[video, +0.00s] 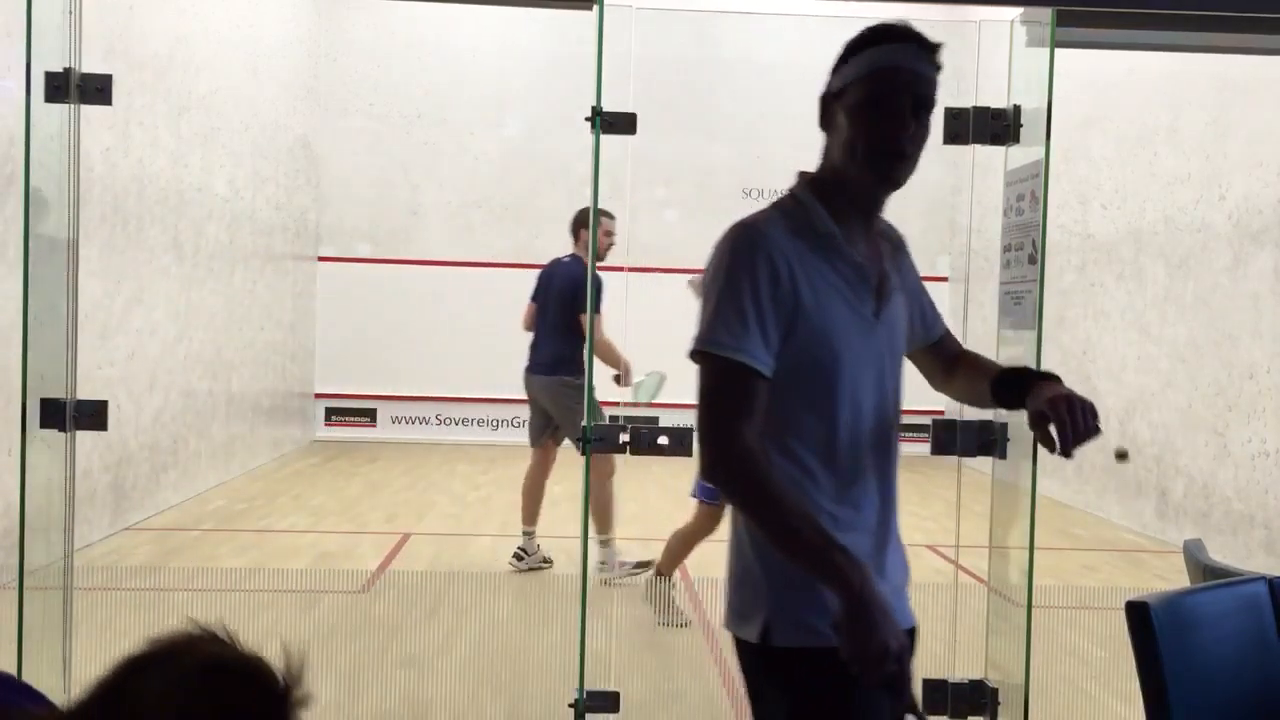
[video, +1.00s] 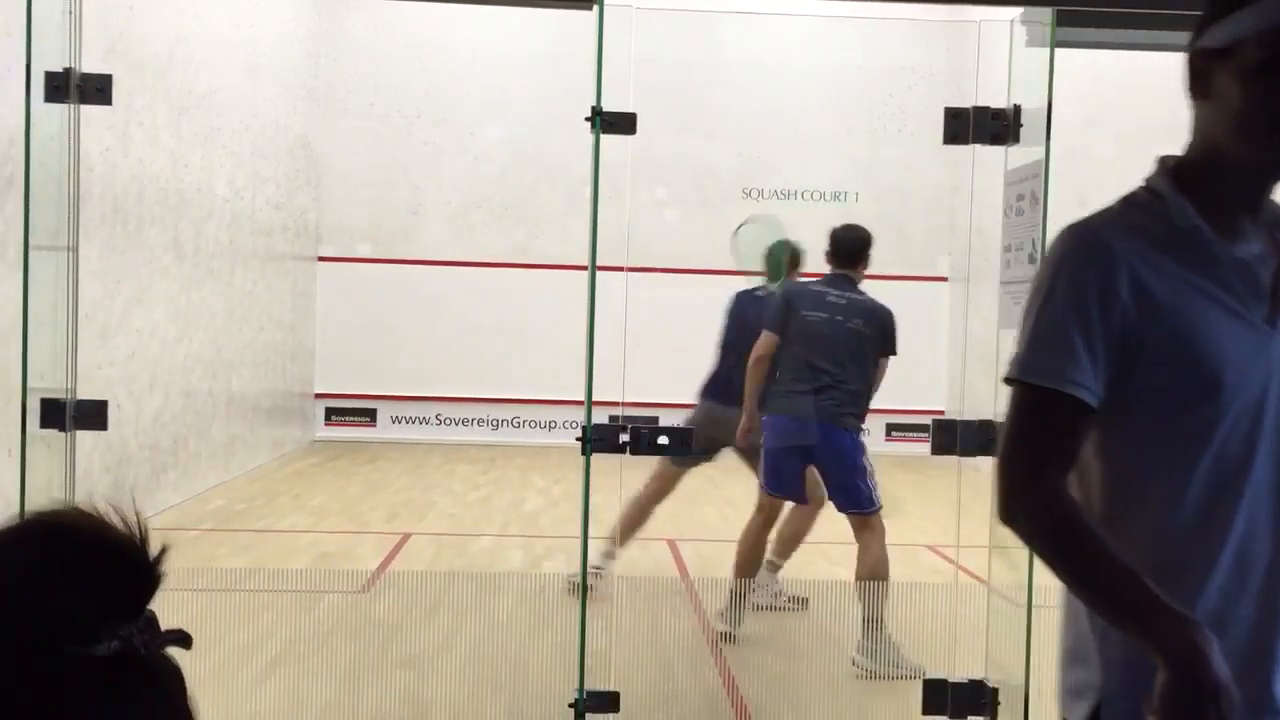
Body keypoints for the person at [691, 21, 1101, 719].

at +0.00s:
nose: (905, 131)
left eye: (921, 111)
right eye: (883, 103)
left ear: (932, 126)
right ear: (829, 109)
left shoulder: (886, 249)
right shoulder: (761, 249)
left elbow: (947, 365)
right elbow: (728, 450)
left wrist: (1029, 386)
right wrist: (855, 587)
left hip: (881, 607)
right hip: (798, 617)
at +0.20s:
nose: (947, 103)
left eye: (972, 86)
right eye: (925, 82)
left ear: (999, 119)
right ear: (887, 103)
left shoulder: (965, 247)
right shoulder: (831, 250)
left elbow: (957, 390)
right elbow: (783, 455)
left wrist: (1064, 435)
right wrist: (925, 593)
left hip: (967, 627)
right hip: (876, 638)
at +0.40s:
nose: (1021, 85)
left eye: (1047, 68)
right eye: (995, 66)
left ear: (1076, 101)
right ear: (955, 94)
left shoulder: (1046, 243)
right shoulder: (900, 247)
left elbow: (1022, 408)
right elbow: (847, 461)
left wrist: (1116, 456)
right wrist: (996, 595)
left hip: (1056, 639)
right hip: (945, 650)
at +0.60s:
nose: (1093, 81)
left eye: (1121, 62)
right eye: (1065, 60)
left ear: (1148, 91)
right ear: (1022, 83)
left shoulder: (1116, 235)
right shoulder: (958, 243)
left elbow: (1088, 414)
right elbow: (912, 470)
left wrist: (1193, 454)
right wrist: (1071, 609)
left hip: (1125, 647)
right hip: (1001, 662)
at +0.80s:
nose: (1180, 90)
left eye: (1211, 70)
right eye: (1152, 64)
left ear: (1232, 93)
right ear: (1101, 80)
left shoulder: (1195, 238)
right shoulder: (1024, 247)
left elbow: (1162, 416)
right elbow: (965, 480)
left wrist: (1268, 464)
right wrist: (1122, 626)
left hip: (1190, 658)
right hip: (1061, 670)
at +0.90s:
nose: (1240, 99)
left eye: (1263, 74)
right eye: (1208, 67)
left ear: (1278, 93)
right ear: (1149, 77)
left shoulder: (1239, 243)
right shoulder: (1062, 251)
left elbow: (1215, 417)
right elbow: (993, 485)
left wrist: (1279, 464)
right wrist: (1146, 638)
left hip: (1238, 658)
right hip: (1098, 676)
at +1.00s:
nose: (1277, 95)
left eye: (1278, 72)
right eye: (1265, 69)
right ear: (1201, 74)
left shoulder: (1271, 254)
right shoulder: (1106, 254)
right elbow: (1028, 488)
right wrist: (1183, 644)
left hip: (1265, 683)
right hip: (1142, 690)